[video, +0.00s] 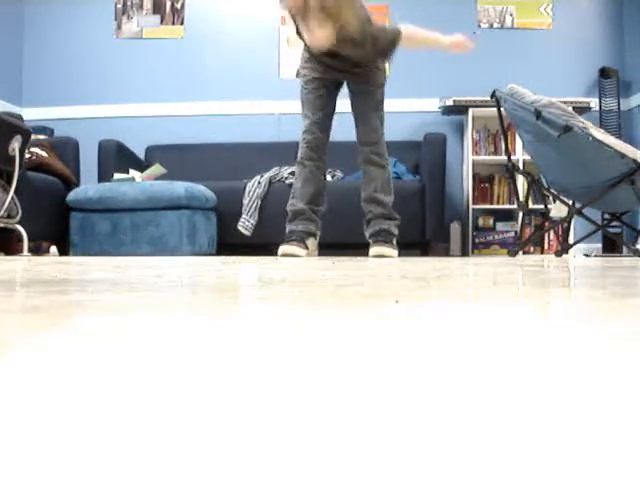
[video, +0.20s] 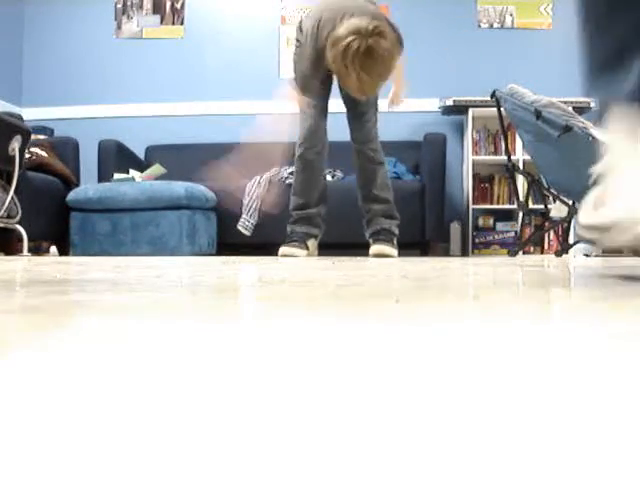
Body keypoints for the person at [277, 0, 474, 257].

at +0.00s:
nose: (316, 30)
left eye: (323, 22)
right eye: (308, 21)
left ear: (337, 18)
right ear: (300, 12)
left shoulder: (363, 34)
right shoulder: (294, 7)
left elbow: (404, 35)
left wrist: (446, 42)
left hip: (365, 62)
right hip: (318, 58)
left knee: (372, 146)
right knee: (311, 143)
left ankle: (382, 236)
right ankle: (301, 234)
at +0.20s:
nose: (360, 88)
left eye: (368, 82)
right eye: (355, 78)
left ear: (388, 57)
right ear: (337, 58)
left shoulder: (392, 40)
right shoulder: (314, 41)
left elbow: (397, 56)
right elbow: (302, 91)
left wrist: (397, 88)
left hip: (366, 50)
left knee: (366, 141)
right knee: (310, 139)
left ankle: (382, 234)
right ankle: (302, 235)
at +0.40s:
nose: (340, 54)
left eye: (347, 48)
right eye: (332, 49)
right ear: (323, 38)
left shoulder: (381, 12)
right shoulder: (314, 25)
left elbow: (382, 58)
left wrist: (387, 104)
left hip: (365, 54)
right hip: (316, 51)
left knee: (369, 139)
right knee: (311, 131)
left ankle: (382, 234)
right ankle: (305, 232)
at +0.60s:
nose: (332, 55)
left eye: (334, 49)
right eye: (324, 54)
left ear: (345, 29)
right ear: (303, 46)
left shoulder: (372, 10)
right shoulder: (303, 39)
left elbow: (390, 47)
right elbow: (358, 73)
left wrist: (401, 94)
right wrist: (433, 77)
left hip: (369, 56)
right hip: (320, 62)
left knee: (372, 138)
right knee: (311, 134)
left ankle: (383, 232)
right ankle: (305, 230)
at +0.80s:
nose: (296, 75)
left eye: (302, 69)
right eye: (289, 71)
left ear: (321, 47)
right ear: (278, 53)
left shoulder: (364, 30)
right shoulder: (276, 51)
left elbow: (400, 23)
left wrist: (414, 54)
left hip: (373, 52)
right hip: (324, 61)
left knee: (377, 137)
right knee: (315, 138)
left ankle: (383, 231)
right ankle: (303, 231)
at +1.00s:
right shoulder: (292, 5)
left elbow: (397, 5)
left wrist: (424, 36)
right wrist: (292, 48)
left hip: (370, 42)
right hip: (323, 42)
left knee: (376, 141)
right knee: (315, 142)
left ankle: (383, 234)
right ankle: (303, 233)